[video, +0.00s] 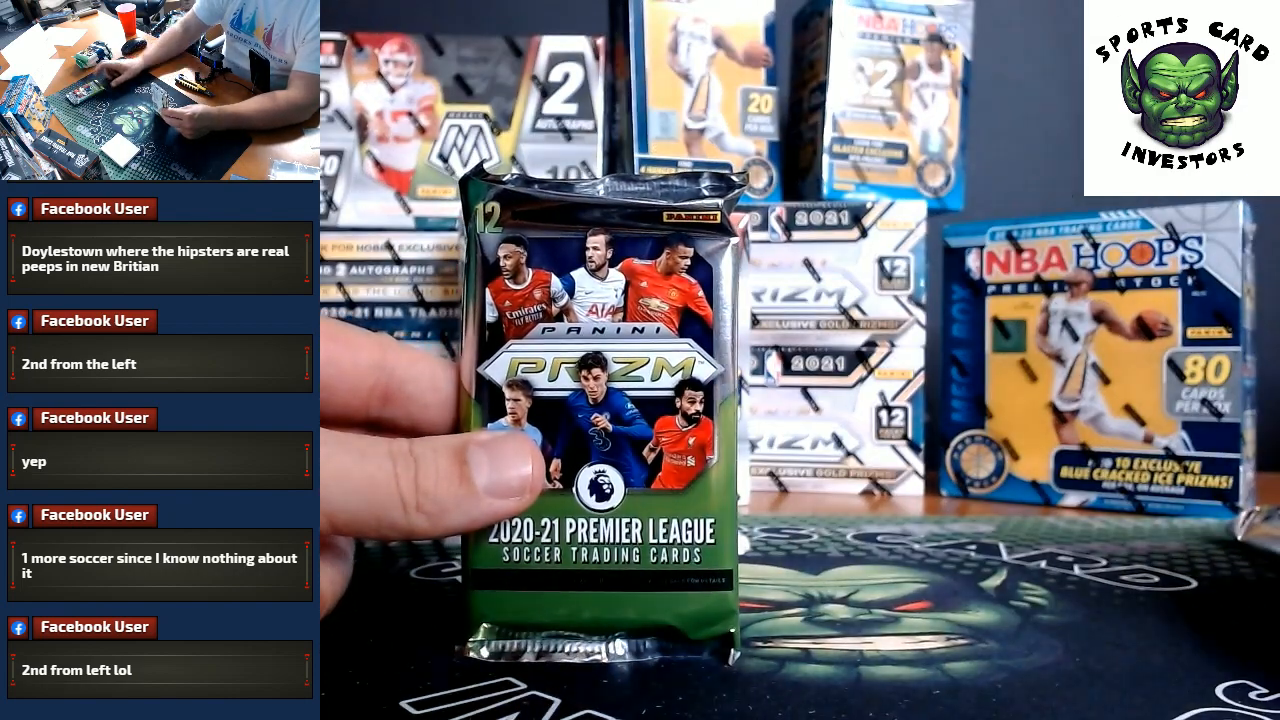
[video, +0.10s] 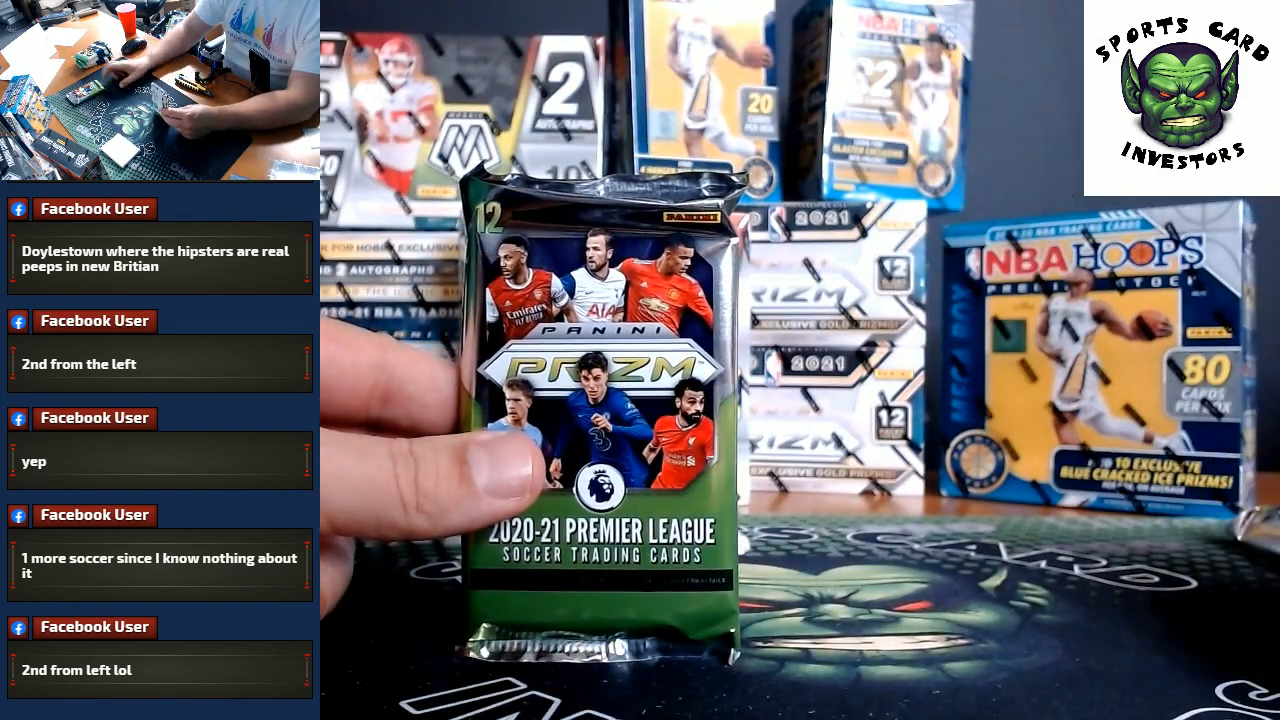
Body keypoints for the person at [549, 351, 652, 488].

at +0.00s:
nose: (591, 385)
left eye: (596, 378)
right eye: (586, 379)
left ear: (606, 376)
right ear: (580, 378)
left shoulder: (617, 399)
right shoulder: (574, 402)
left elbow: (646, 432)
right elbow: (567, 429)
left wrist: (612, 429)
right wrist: (558, 457)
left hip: (630, 473)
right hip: (598, 471)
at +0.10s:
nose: (591, 385)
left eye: (597, 378)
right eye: (586, 379)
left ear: (606, 376)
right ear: (580, 378)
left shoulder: (618, 400)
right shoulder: (574, 402)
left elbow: (646, 432)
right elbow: (567, 428)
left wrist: (613, 429)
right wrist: (558, 457)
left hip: (630, 473)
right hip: (598, 470)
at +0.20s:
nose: (591, 386)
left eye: (596, 379)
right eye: (585, 379)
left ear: (605, 376)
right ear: (579, 379)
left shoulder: (617, 400)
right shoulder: (574, 402)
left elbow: (646, 432)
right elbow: (568, 428)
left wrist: (612, 429)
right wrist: (557, 457)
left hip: (630, 474)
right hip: (598, 472)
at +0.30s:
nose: (590, 386)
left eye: (595, 379)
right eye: (585, 379)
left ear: (605, 376)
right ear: (579, 379)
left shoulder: (617, 400)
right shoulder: (573, 402)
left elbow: (645, 432)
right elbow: (567, 428)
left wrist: (612, 429)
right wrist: (556, 457)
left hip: (629, 474)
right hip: (597, 473)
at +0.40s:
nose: (589, 385)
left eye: (594, 378)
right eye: (583, 379)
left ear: (604, 376)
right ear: (577, 378)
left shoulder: (615, 399)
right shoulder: (572, 402)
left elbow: (644, 431)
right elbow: (566, 427)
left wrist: (611, 429)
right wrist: (556, 457)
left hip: (628, 473)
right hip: (596, 471)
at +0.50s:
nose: (588, 385)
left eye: (593, 378)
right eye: (582, 379)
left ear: (603, 375)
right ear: (576, 378)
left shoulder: (615, 399)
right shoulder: (571, 402)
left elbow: (644, 432)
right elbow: (565, 427)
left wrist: (610, 429)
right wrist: (555, 457)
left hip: (628, 474)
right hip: (596, 472)